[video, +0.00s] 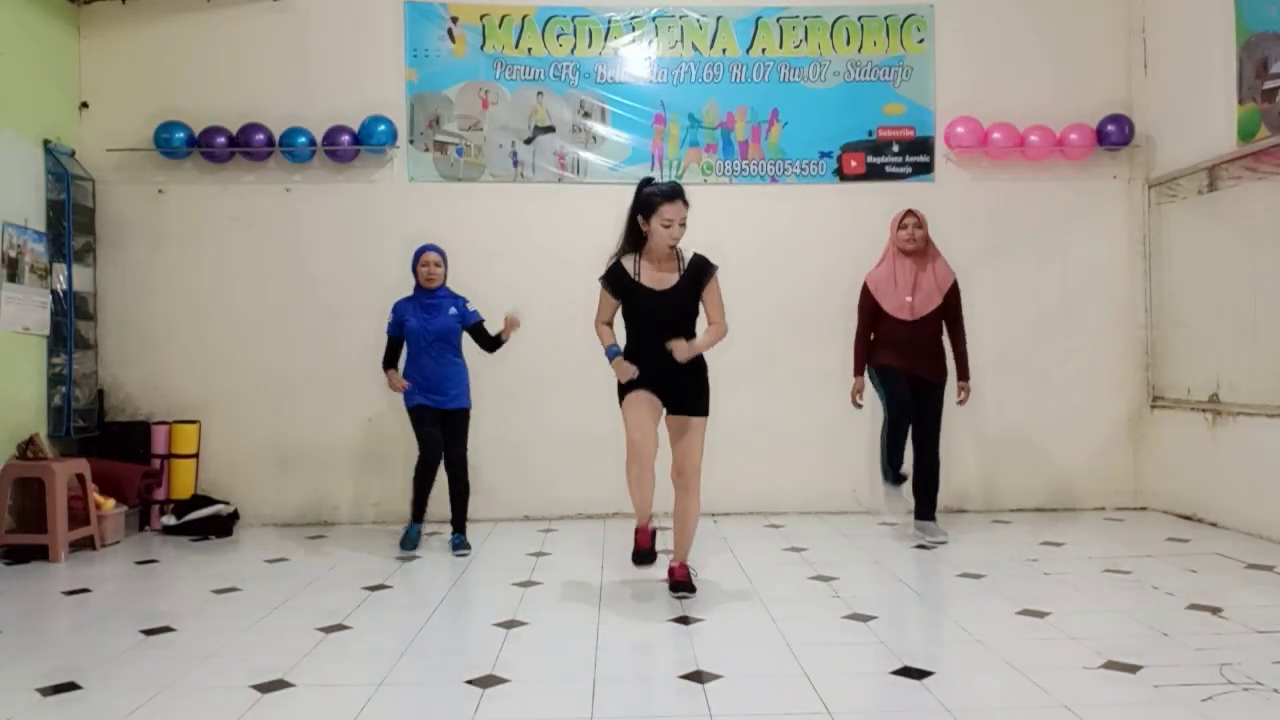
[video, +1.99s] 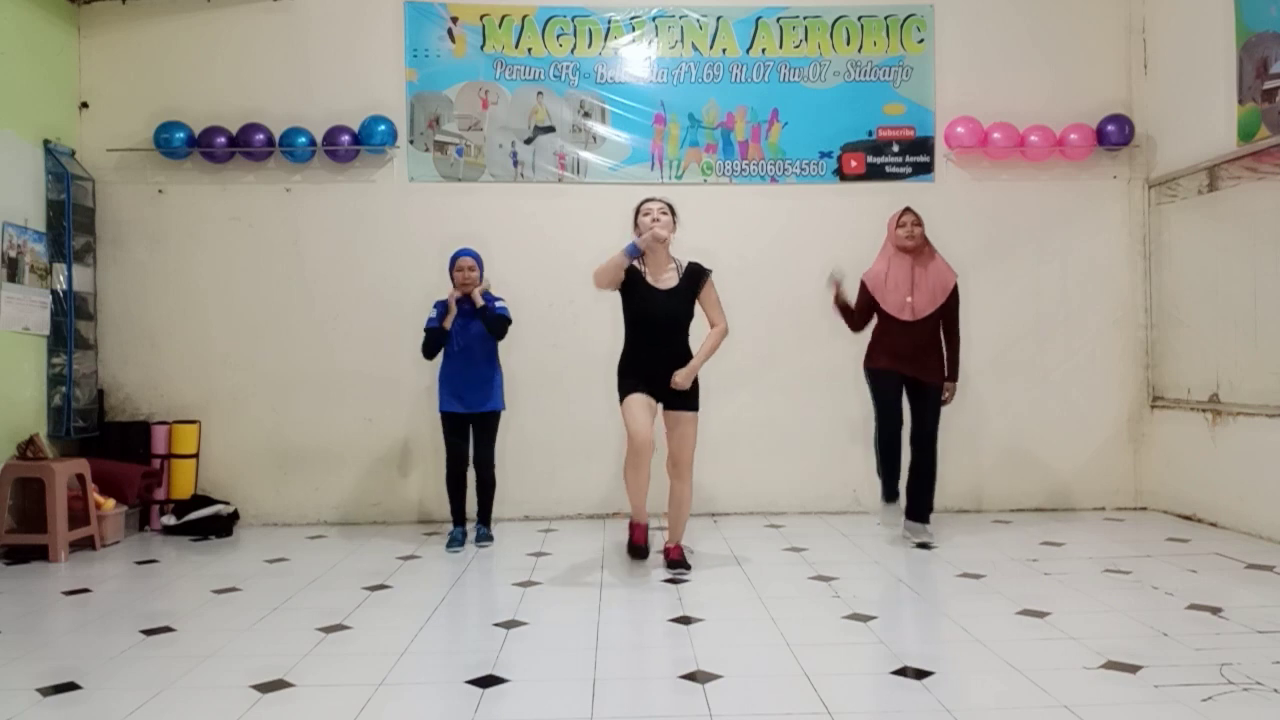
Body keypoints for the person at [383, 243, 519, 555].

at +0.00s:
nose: (431, 270)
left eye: (437, 265)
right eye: (424, 264)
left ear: (445, 271)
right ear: (415, 270)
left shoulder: (458, 304)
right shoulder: (403, 308)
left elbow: (488, 345)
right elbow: (391, 353)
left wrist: (505, 333)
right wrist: (391, 373)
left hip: (455, 394)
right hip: (419, 394)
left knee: (457, 461)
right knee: (431, 451)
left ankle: (459, 533)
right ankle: (415, 525)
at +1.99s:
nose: (466, 274)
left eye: (472, 269)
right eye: (459, 270)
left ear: (481, 274)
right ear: (451, 275)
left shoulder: (493, 303)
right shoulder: (442, 307)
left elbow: (499, 332)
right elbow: (429, 351)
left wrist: (478, 299)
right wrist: (450, 315)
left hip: (487, 398)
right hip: (453, 399)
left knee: (483, 462)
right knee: (456, 463)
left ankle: (484, 525)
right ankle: (458, 527)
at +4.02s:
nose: (472, 276)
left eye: (478, 272)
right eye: (467, 273)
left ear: (488, 280)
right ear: (459, 280)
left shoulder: (499, 304)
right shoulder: (450, 305)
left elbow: (504, 258)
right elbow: (442, 256)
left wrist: (484, 224)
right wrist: (463, 223)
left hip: (491, 396)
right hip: (457, 396)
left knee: (489, 464)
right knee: (464, 465)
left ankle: (489, 525)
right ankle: (464, 525)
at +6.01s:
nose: (485, 273)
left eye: (492, 269)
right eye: (480, 268)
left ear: (501, 274)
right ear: (472, 273)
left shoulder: (511, 299)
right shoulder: (463, 300)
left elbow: (506, 298)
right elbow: (454, 297)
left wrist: (480, 283)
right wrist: (463, 285)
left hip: (501, 388)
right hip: (467, 386)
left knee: (498, 455)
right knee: (471, 450)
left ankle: (499, 524)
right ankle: (469, 505)